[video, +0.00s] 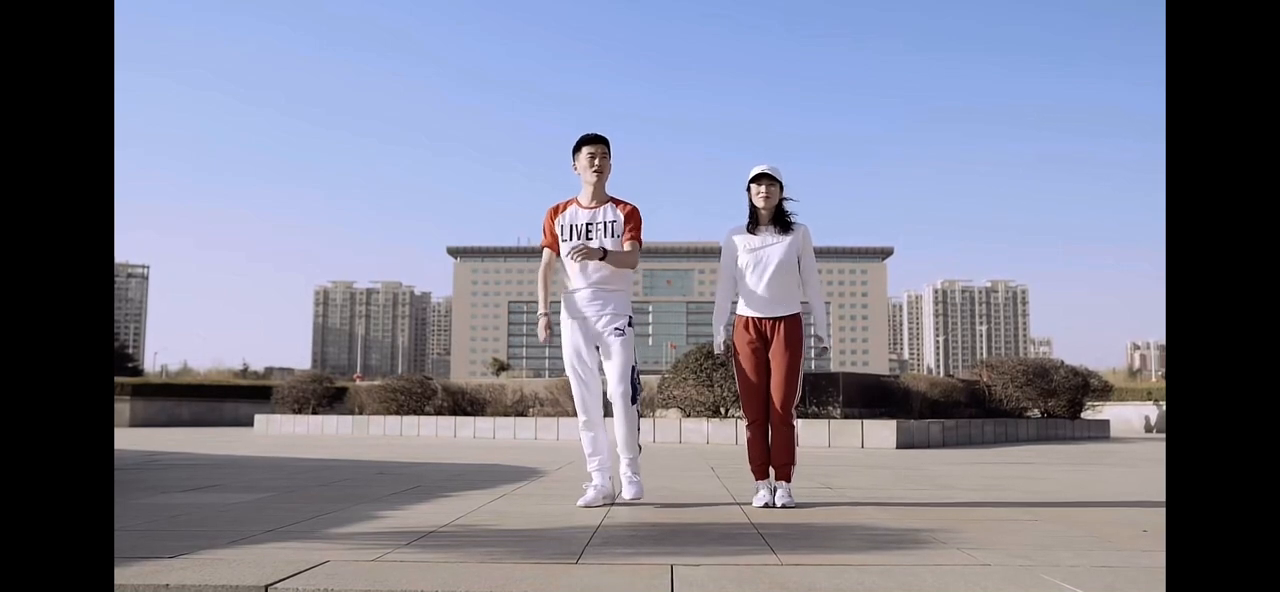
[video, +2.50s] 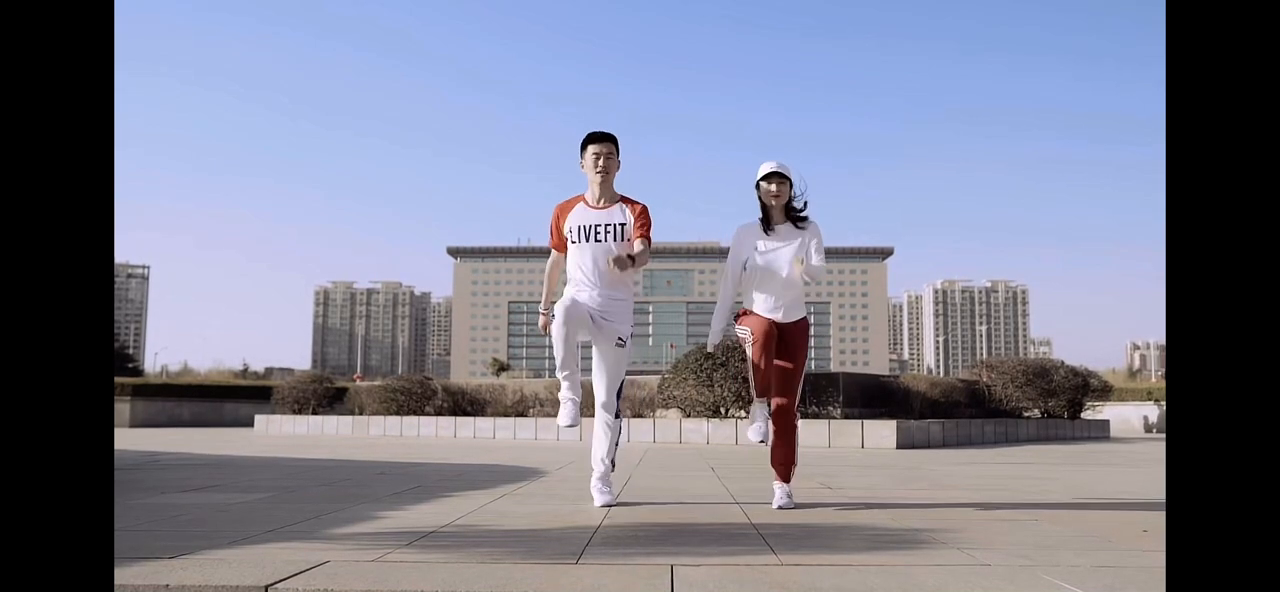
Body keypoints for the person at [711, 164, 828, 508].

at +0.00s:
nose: (763, 190)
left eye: (770, 185)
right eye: (757, 185)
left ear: (781, 193)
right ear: (749, 193)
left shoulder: (798, 233)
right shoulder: (735, 238)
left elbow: (812, 283)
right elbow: (725, 287)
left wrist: (821, 328)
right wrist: (719, 330)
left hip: (786, 325)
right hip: (746, 326)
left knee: (781, 405)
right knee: (754, 408)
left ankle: (783, 483)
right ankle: (762, 483)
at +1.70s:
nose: (761, 194)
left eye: (767, 188)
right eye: (755, 188)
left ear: (776, 193)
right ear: (746, 194)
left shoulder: (795, 232)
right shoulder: (733, 237)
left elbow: (807, 274)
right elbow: (721, 289)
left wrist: (806, 293)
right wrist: (706, 332)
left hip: (785, 323)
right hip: (746, 326)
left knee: (771, 389)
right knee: (752, 404)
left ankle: (782, 452)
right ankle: (762, 480)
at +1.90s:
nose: (766, 184)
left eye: (773, 179)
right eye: (761, 178)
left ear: (782, 185)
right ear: (752, 184)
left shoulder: (796, 227)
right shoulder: (734, 228)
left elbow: (806, 273)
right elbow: (728, 272)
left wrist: (808, 311)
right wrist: (742, 306)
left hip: (785, 307)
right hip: (746, 312)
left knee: (771, 339)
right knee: (753, 400)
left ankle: (777, 417)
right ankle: (760, 478)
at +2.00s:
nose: (771, 185)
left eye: (777, 179)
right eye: (765, 179)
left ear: (786, 185)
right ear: (755, 185)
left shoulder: (795, 225)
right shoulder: (736, 222)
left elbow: (803, 263)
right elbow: (721, 261)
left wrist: (811, 297)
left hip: (785, 311)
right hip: (747, 311)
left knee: (775, 378)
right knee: (750, 398)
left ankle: (779, 459)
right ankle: (758, 471)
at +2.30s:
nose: (773, 180)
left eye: (779, 174)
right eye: (767, 174)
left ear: (788, 180)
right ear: (757, 180)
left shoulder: (803, 220)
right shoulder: (742, 218)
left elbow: (813, 269)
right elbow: (732, 259)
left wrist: (818, 312)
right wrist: (747, 279)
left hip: (788, 309)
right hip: (749, 308)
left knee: (784, 394)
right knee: (748, 393)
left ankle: (784, 476)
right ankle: (756, 445)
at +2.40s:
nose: (774, 190)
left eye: (779, 185)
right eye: (768, 185)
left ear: (789, 191)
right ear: (758, 192)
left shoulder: (806, 232)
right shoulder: (743, 234)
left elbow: (815, 272)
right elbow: (732, 287)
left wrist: (808, 301)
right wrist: (720, 326)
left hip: (793, 316)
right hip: (754, 314)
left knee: (785, 402)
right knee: (759, 339)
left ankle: (783, 484)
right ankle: (755, 403)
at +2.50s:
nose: (775, 187)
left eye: (781, 182)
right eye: (768, 183)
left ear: (790, 188)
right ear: (758, 190)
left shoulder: (807, 229)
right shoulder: (745, 233)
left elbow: (817, 272)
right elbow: (728, 284)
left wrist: (805, 264)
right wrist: (717, 330)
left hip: (794, 320)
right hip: (755, 315)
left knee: (783, 406)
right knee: (763, 329)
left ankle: (782, 483)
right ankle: (760, 407)